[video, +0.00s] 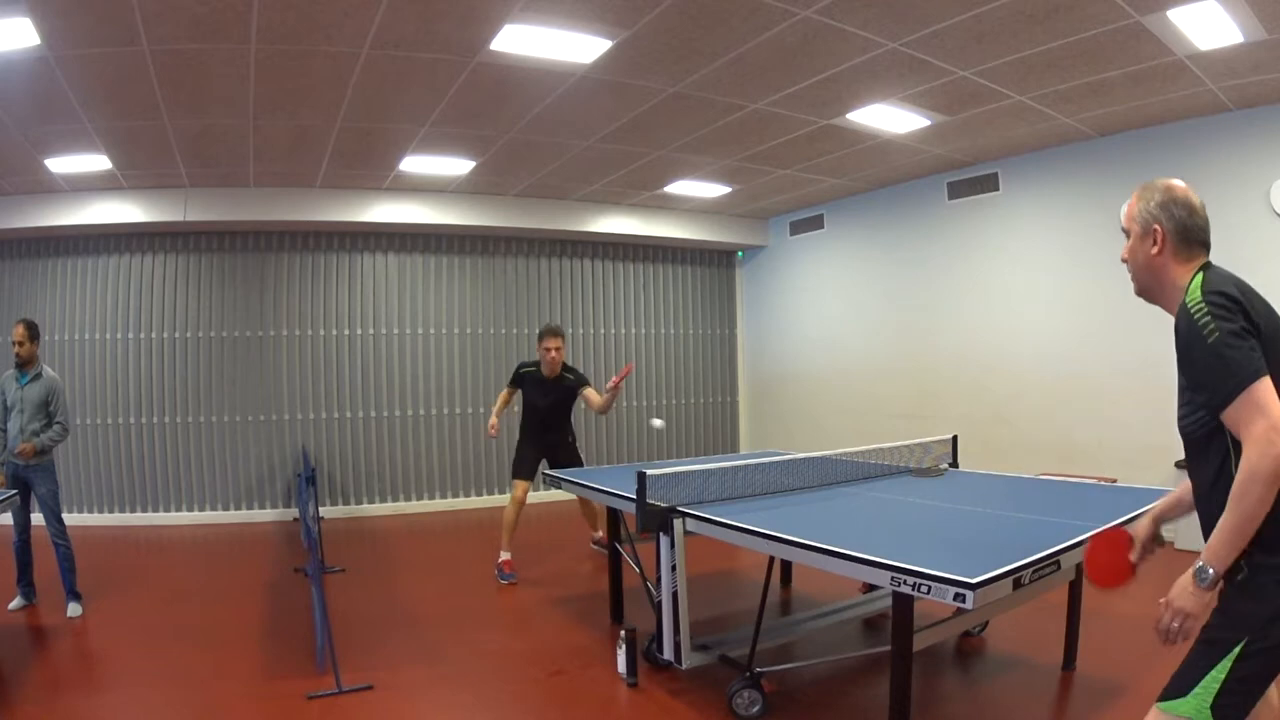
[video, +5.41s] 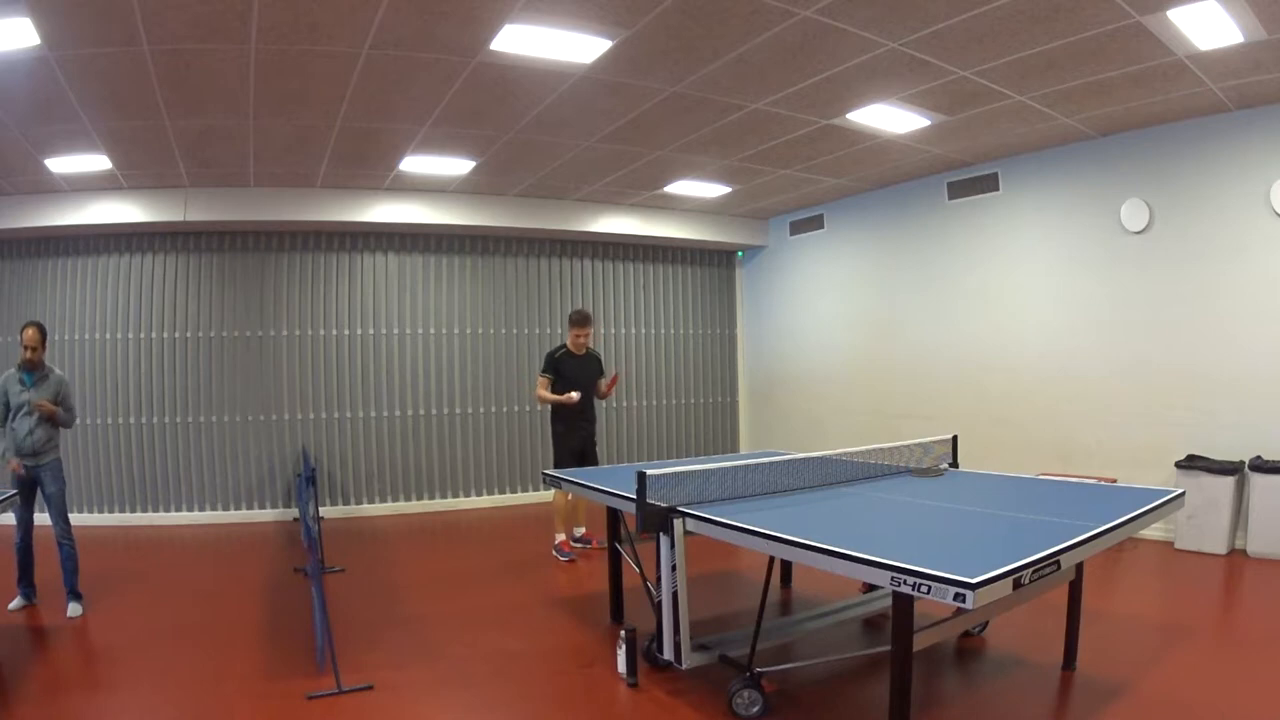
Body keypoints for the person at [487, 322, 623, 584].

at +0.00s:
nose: (553, 355)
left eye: (558, 350)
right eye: (548, 350)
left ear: (564, 351)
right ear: (539, 351)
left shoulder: (573, 378)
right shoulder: (524, 372)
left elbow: (600, 407)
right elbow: (507, 394)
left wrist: (610, 393)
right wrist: (494, 415)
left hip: (562, 443)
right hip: (530, 443)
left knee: (584, 493)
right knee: (518, 497)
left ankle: (598, 536)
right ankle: (504, 557)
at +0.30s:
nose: (579, 351)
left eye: (583, 347)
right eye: (574, 347)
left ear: (588, 350)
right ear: (563, 350)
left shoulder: (596, 382)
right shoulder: (546, 379)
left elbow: (621, 420)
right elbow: (525, 410)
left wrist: (621, 409)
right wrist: (529, 420)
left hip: (582, 447)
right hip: (552, 448)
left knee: (612, 491)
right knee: (539, 499)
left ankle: (606, 539)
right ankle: (508, 557)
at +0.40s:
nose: (595, 344)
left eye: (599, 339)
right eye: (589, 339)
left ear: (602, 343)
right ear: (578, 341)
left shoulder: (605, 375)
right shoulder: (559, 369)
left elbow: (619, 413)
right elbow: (536, 401)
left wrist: (629, 408)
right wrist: (552, 411)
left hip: (589, 442)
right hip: (560, 443)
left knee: (616, 482)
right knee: (547, 495)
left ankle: (607, 534)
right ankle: (517, 552)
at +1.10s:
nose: (573, 332)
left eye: (577, 326)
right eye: (567, 328)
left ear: (581, 328)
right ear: (557, 331)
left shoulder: (588, 359)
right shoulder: (544, 361)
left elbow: (591, 389)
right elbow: (527, 398)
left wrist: (603, 397)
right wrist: (554, 413)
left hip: (579, 434)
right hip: (554, 436)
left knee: (595, 485)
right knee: (551, 492)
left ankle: (602, 534)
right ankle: (541, 550)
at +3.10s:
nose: (581, 327)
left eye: (584, 322)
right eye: (576, 323)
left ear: (589, 326)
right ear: (564, 326)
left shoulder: (592, 356)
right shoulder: (552, 355)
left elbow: (597, 387)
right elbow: (533, 388)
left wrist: (602, 391)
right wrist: (544, 413)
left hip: (586, 428)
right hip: (563, 428)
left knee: (585, 483)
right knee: (563, 485)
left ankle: (571, 531)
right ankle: (552, 535)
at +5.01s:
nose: (599, 339)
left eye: (601, 335)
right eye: (595, 334)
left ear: (600, 335)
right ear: (580, 332)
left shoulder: (595, 360)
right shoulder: (560, 356)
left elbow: (596, 393)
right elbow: (537, 385)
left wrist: (611, 391)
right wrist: (553, 416)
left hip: (586, 428)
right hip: (565, 428)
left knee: (585, 482)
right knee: (565, 484)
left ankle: (579, 533)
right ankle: (560, 539)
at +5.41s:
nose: (582, 341)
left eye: (586, 336)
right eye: (578, 336)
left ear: (591, 334)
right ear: (569, 333)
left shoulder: (594, 359)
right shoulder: (555, 358)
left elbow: (600, 393)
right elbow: (540, 393)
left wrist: (609, 388)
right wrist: (562, 398)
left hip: (586, 430)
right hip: (564, 431)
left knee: (585, 483)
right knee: (564, 485)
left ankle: (579, 533)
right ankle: (560, 539)